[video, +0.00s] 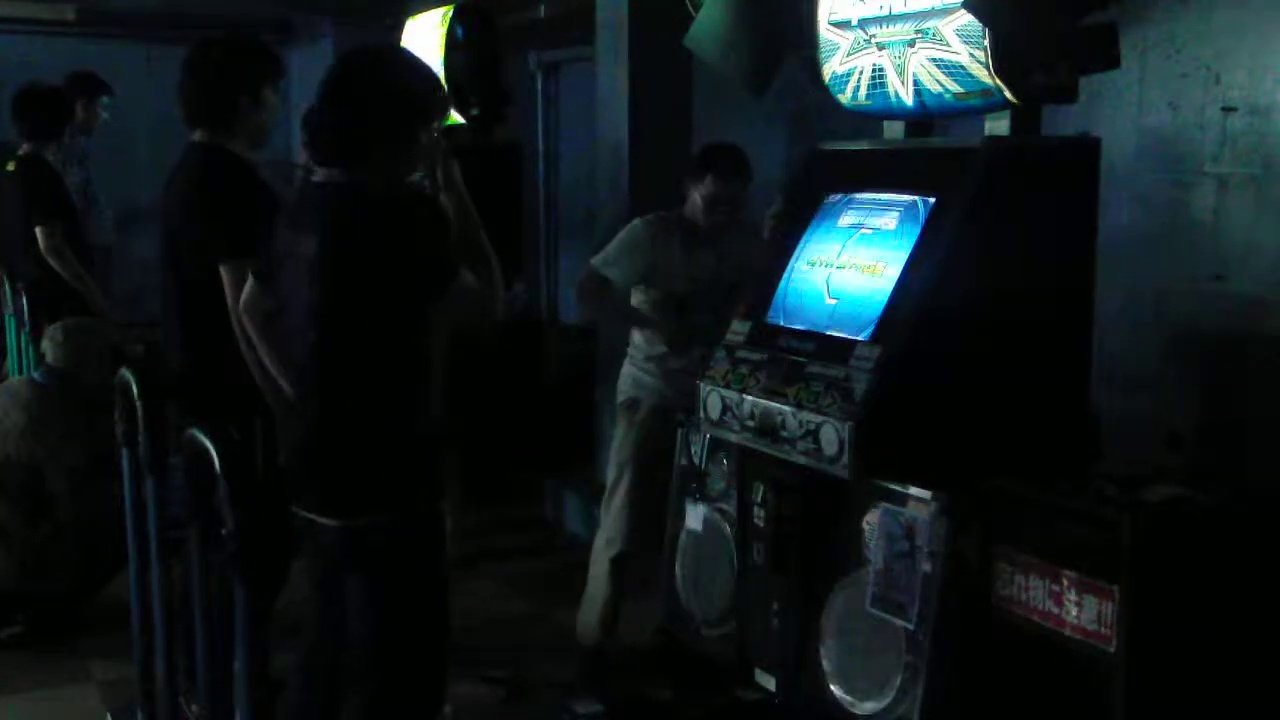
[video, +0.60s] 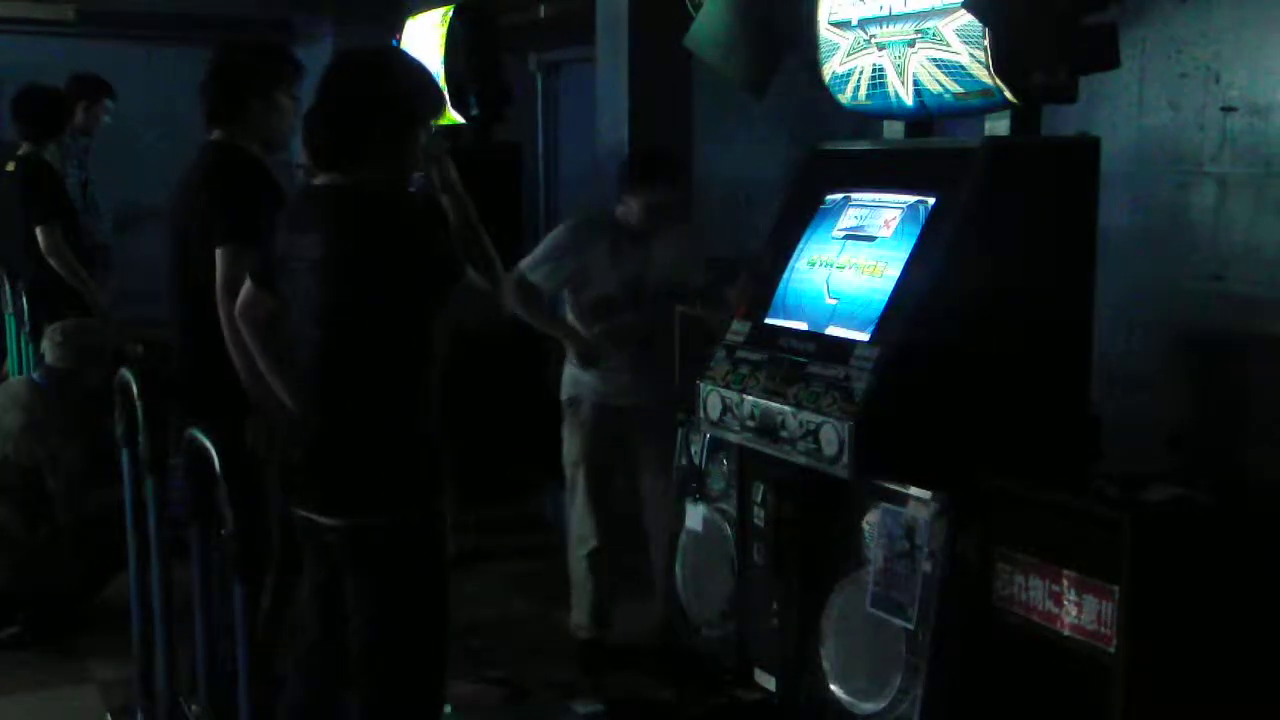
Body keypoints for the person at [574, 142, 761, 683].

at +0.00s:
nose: (719, 208)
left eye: (730, 199)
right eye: (712, 196)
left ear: (741, 200)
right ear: (691, 188)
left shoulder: (740, 248)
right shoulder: (652, 234)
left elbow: (754, 310)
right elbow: (593, 288)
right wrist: (646, 322)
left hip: (708, 399)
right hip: (649, 393)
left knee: (697, 521)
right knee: (626, 522)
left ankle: (677, 644)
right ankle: (597, 645)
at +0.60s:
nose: (654, 216)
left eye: (663, 206)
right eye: (647, 203)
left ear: (672, 206)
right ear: (627, 196)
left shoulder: (673, 245)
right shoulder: (584, 236)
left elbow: (696, 308)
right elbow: (519, 289)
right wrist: (569, 336)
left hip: (654, 395)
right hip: (591, 396)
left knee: (664, 516)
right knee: (591, 521)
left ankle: (670, 633)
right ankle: (590, 634)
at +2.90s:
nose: (719, 231)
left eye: (726, 221)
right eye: (712, 219)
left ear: (731, 220)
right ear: (689, 212)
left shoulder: (721, 258)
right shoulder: (643, 248)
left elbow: (735, 319)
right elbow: (632, 332)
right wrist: (683, 375)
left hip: (681, 388)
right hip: (627, 384)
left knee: (674, 507)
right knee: (612, 505)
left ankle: (667, 624)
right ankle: (591, 624)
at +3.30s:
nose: (721, 234)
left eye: (728, 225)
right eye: (716, 222)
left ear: (734, 223)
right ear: (694, 212)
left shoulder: (720, 260)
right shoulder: (648, 248)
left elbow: (729, 324)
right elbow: (640, 336)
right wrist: (694, 384)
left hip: (679, 391)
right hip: (627, 386)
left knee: (675, 508)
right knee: (612, 508)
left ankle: (666, 622)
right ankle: (592, 624)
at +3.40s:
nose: (721, 231)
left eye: (730, 222)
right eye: (715, 219)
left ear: (737, 223)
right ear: (695, 211)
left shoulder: (724, 260)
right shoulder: (649, 250)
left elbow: (733, 325)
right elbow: (645, 340)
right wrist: (698, 384)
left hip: (681, 394)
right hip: (628, 388)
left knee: (675, 511)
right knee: (612, 511)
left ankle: (666, 624)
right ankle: (591, 625)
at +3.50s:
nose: (724, 228)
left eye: (732, 220)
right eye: (719, 216)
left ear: (736, 222)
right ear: (698, 210)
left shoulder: (722, 259)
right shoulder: (650, 249)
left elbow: (730, 325)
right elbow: (645, 337)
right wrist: (697, 383)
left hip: (681, 395)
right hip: (629, 388)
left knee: (674, 511)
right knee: (612, 511)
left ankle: (664, 625)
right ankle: (590, 624)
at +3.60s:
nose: (724, 228)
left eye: (732, 219)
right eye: (719, 216)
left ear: (738, 221)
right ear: (697, 210)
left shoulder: (724, 259)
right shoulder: (650, 248)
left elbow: (732, 324)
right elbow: (645, 336)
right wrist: (698, 382)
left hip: (682, 396)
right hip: (630, 390)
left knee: (676, 512)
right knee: (612, 511)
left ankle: (664, 625)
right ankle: (589, 622)